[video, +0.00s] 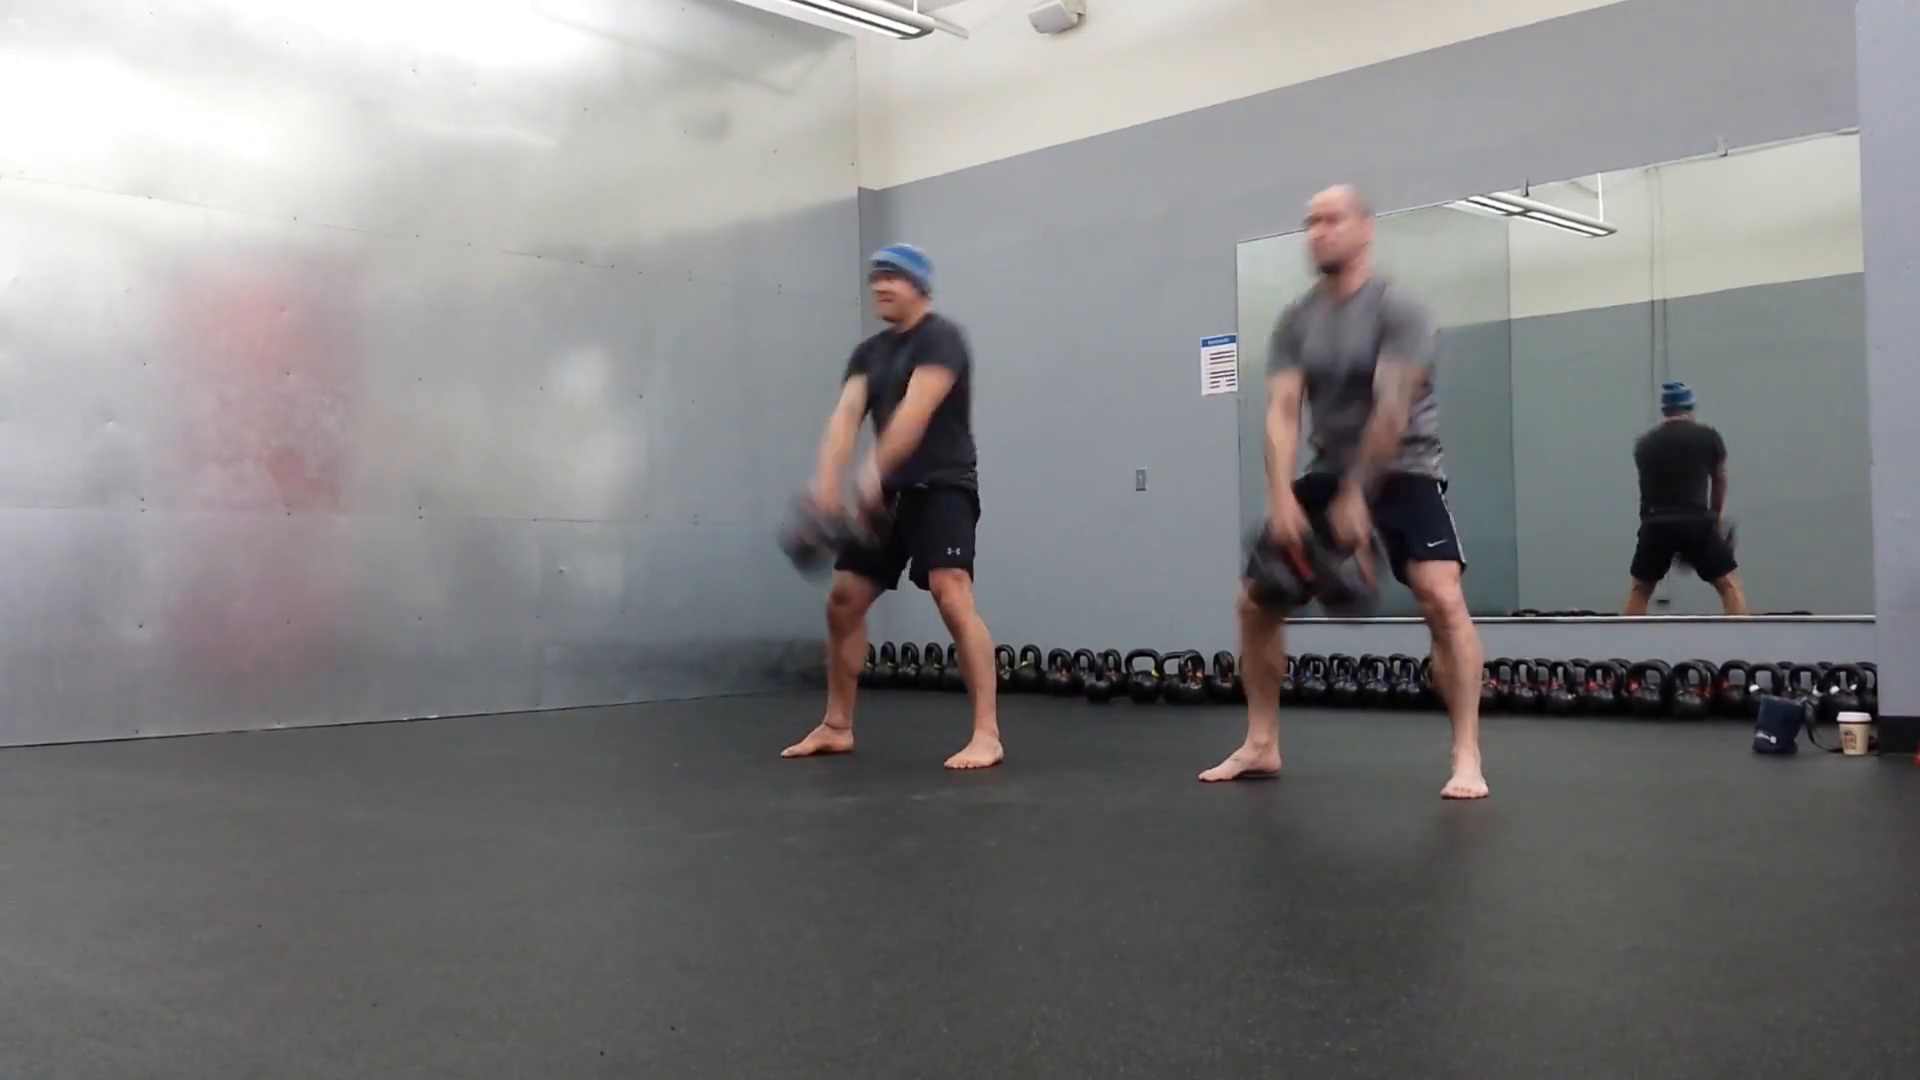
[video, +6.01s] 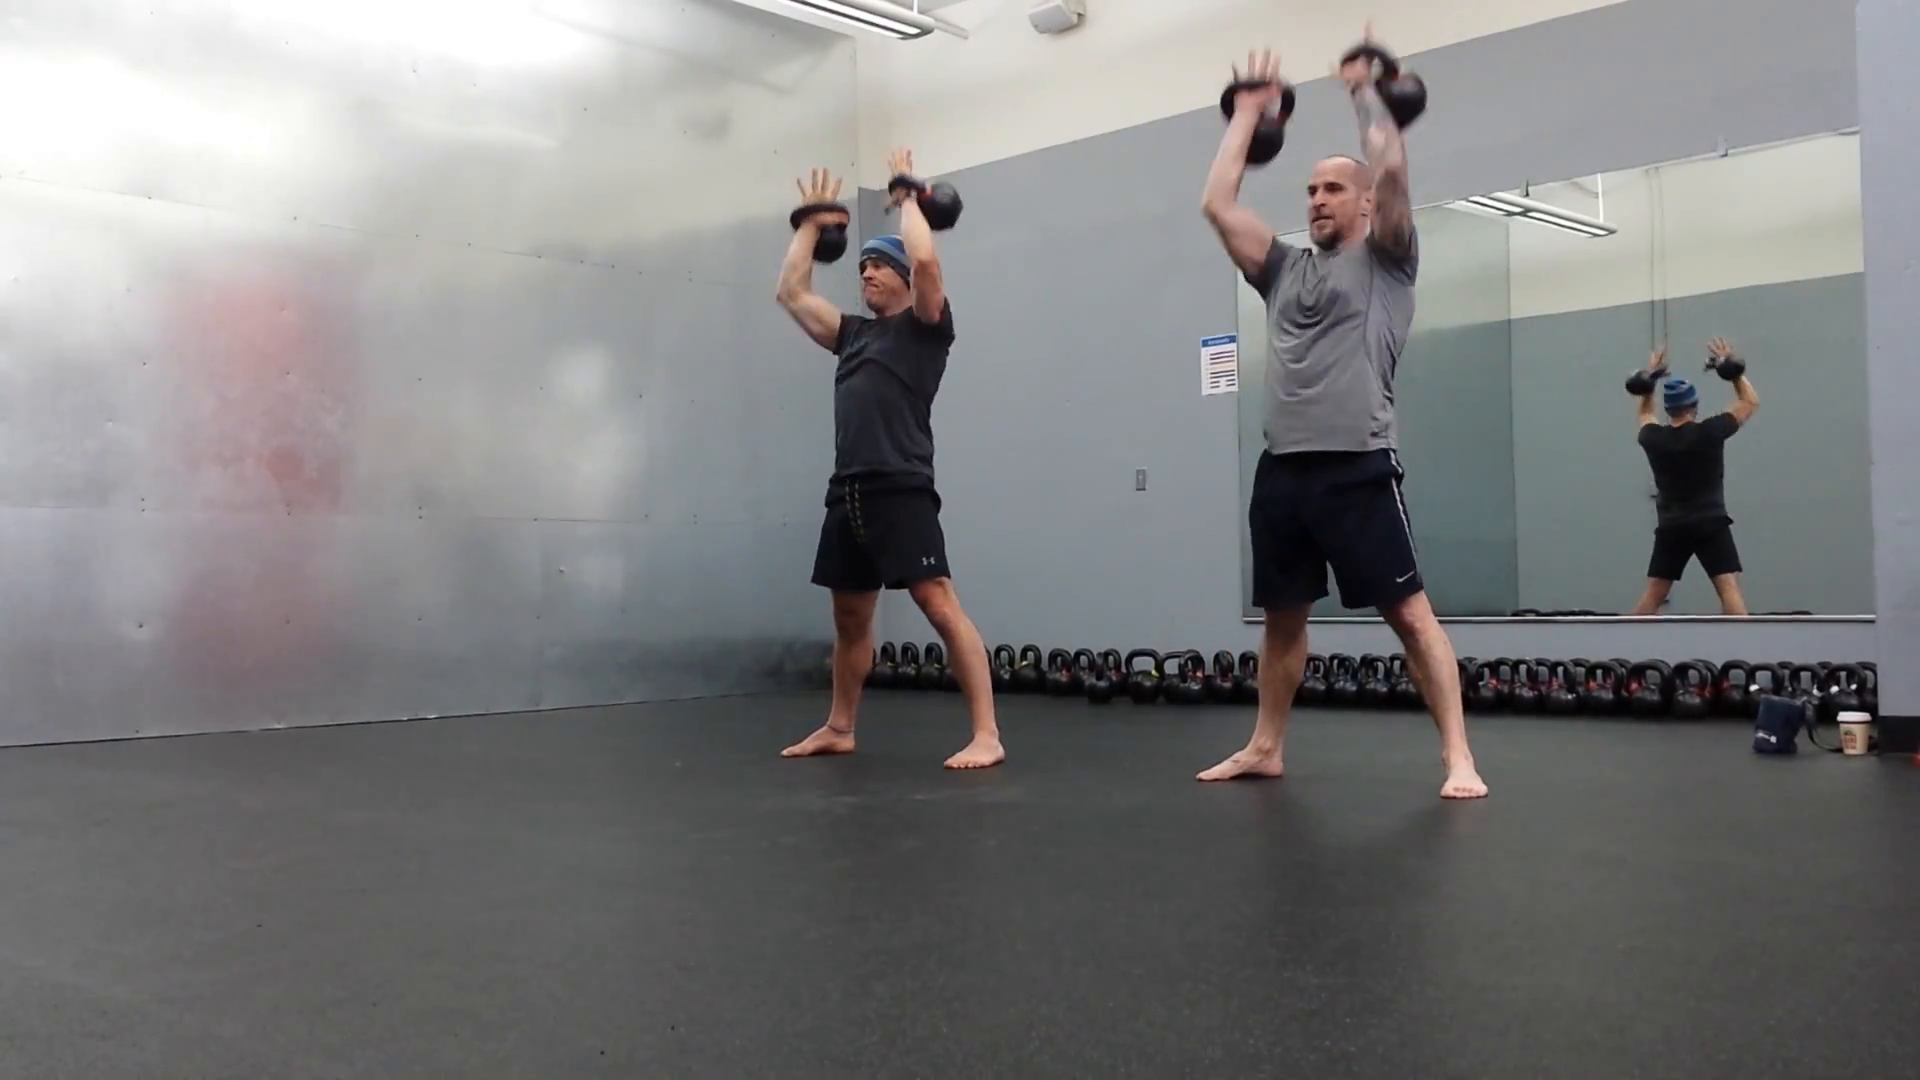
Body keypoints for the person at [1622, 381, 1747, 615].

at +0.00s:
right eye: (1689, 408)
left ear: (1664, 410)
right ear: (1690, 408)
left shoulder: (1644, 443)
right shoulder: (1708, 437)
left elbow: (1647, 490)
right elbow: (1719, 484)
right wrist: (1715, 521)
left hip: (1656, 526)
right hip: (1697, 525)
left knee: (1639, 592)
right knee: (1728, 587)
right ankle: (1743, 647)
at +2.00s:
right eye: (1695, 404)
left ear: (1667, 407)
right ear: (1695, 406)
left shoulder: (1649, 445)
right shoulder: (1713, 439)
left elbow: (1651, 483)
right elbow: (1736, 474)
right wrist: (1729, 435)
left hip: (1670, 528)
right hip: (1710, 526)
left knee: (1653, 594)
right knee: (1728, 588)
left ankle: (1623, 647)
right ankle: (1746, 647)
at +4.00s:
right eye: (1693, 413)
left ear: (1669, 413)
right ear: (1695, 414)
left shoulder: (1647, 445)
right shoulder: (1711, 442)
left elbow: (1647, 492)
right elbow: (1727, 488)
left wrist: (1651, 524)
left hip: (1656, 529)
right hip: (1698, 528)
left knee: (1640, 595)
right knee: (1731, 589)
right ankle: (1747, 646)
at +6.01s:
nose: (1694, 409)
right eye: (1694, 405)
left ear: (1667, 410)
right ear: (1694, 407)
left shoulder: (1653, 438)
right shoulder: (1712, 431)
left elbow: (1646, 412)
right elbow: (1750, 402)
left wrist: (1649, 379)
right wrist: (1732, 368)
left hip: (1672, 527)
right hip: (1710, 525)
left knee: (1653, 595)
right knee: (1728, 590)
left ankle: (1622, 647)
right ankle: (1748, 648)